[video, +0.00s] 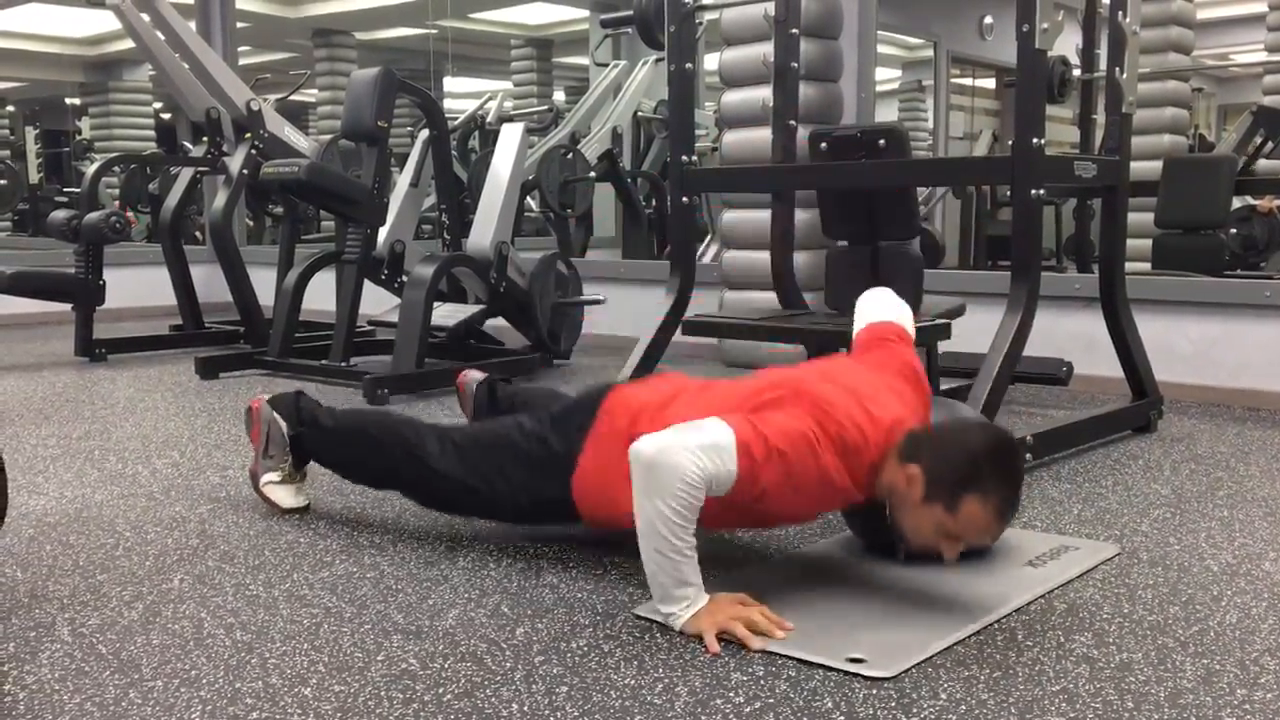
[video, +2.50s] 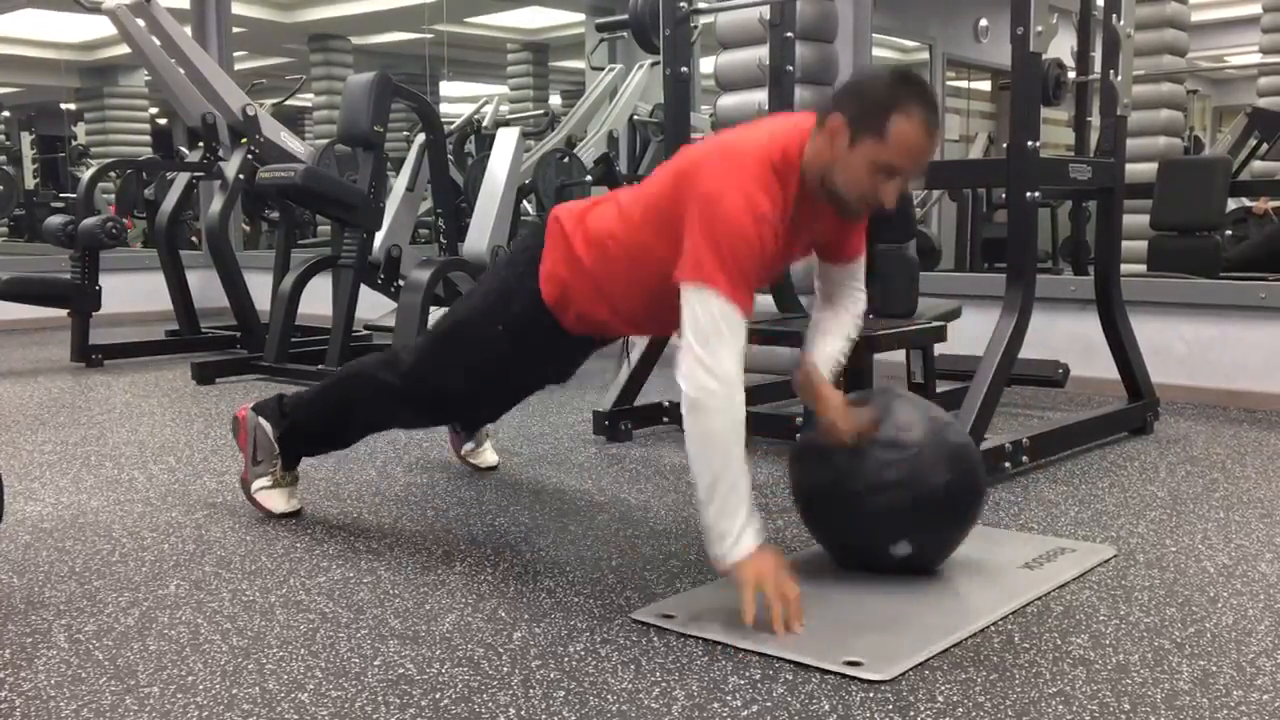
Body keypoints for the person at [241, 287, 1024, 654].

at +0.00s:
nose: (941, 555)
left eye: (961, 550)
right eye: (945, 543)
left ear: (948, 449)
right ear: (912, 484)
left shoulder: (902, 385)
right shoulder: (816, 440)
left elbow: (880, 304)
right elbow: (666, 463)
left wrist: (877, 467)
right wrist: (686, 599)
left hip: (651, 402)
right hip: (599, 454)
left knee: (565, 411)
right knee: (445, 463)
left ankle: (484, 387)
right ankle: (289, 423)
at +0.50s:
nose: (927, 258)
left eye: (941, 244)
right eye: (924, 237)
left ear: (909, 205)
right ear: (874, 189)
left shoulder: (864, 219)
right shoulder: (776, 230)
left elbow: (837, 303)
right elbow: (714, 411)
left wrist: (857, 365)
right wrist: (704, 584)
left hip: (633, 314)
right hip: (585, 291)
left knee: (529, 377)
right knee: (440, 384)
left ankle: (476, 415)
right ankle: (284, 424)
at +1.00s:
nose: (995, 525)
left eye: (1010, 519)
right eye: (991, 512)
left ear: (970, 460)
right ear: (947, 459)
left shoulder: (959, 418)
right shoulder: (867, 401)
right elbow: (732, 308)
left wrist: (954, 509)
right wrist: (725, 442)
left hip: (692, 452)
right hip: (657, 437)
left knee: (579, 422)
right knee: (488, 462)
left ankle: (483, 381)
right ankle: (319, 420)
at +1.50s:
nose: (937, 239)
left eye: (952, 227)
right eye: (932, 216)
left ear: (952, 213)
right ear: (889, 172)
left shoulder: (899, 242)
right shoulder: (792, 196)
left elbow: (925, 356)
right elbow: (723, 347)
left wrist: (955, 468)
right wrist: (838, 350)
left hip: (644, 326)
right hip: (600, 286)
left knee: (536, 377)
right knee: (454, 375)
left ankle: (480, 414)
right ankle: (297, 424)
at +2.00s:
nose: (938, 552)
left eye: (958, 548)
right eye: (944, 538)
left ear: (946, 443)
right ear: (914, 479)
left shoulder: (899, 382)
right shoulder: (811, 458)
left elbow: (883, 288)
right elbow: (674, 476)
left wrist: (890, 428)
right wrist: (693, 604)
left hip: (661, 420)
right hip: (607, 471)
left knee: (567, 429)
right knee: (451, 475)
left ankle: (489, 399)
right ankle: (298, 425)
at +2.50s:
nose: (893, 195)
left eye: (907, 180)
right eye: (886, 171)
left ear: (893, 162)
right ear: (832, 133)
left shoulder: (843, 184)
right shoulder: (743, 185)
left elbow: (844, 294)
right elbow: (709, 372)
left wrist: (816, 365)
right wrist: (742, 543)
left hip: (615, 301)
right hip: (561, 272)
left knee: (519, 376)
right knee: (430, 379)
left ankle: (463, 418)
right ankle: (275, 428)